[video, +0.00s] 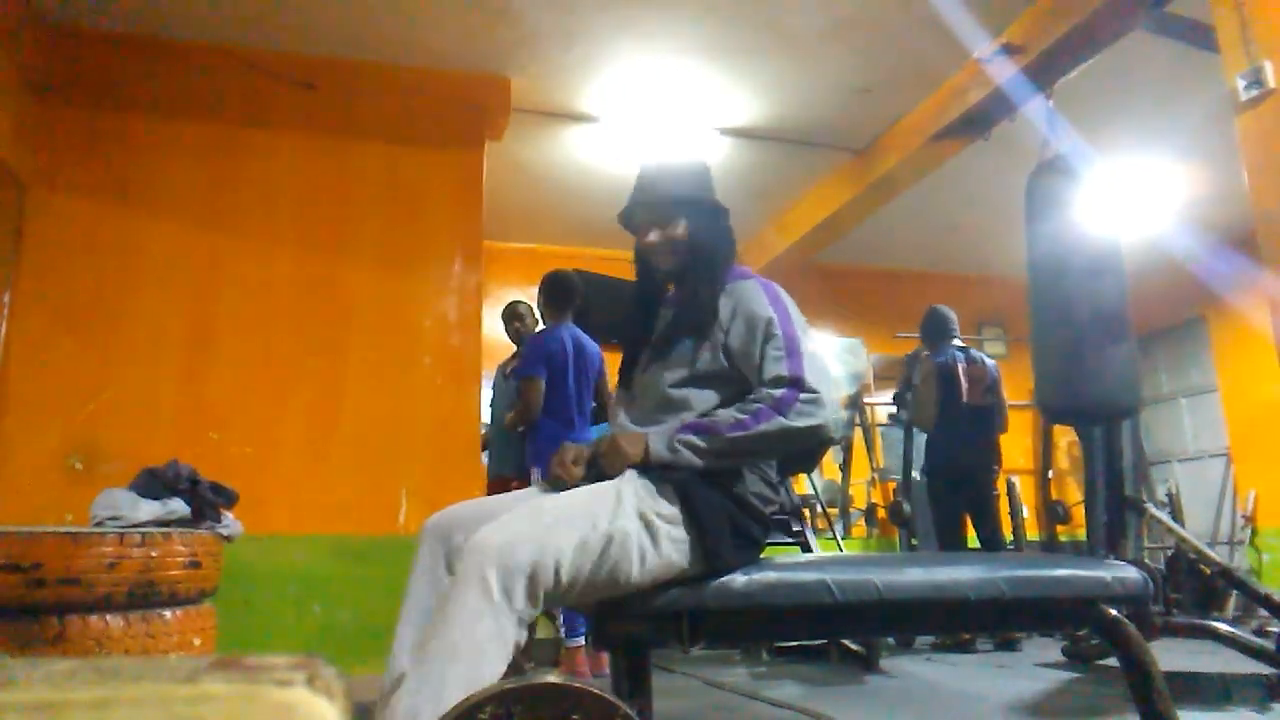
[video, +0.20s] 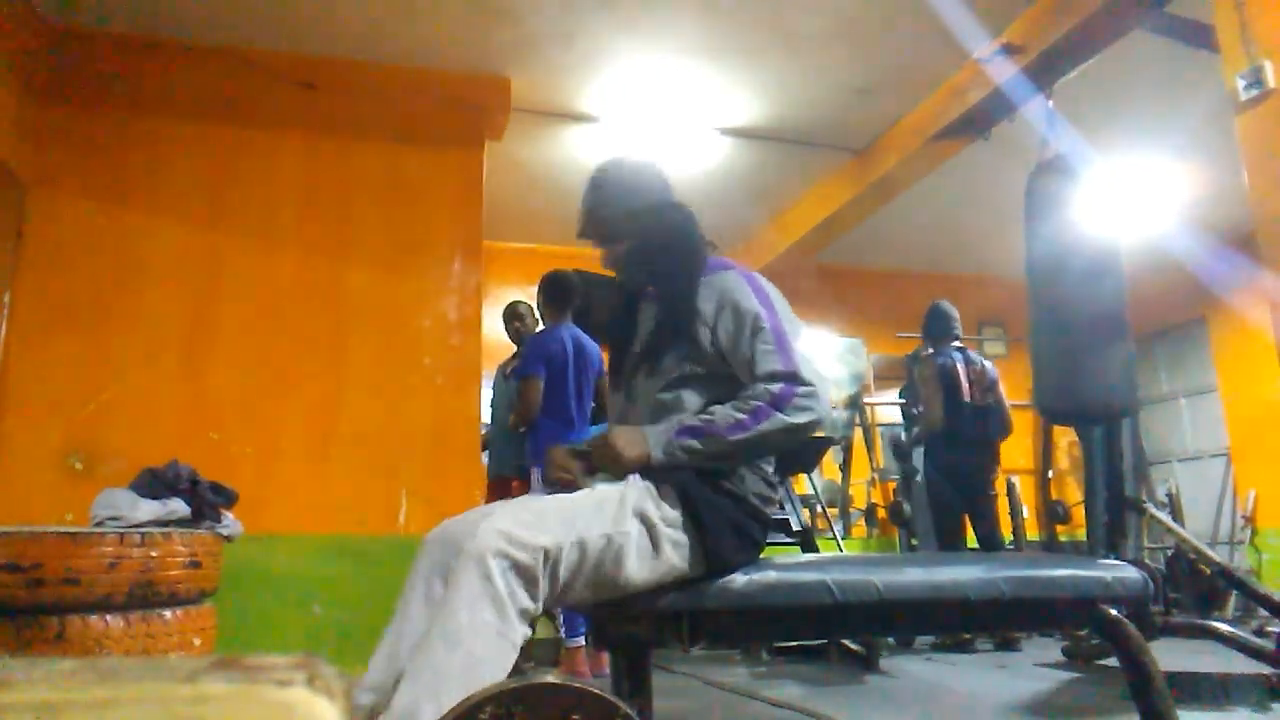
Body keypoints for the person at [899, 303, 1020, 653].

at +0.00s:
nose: (925, 343)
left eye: (924, 337)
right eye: (928, 338)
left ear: (926, 336)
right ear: (957, 331)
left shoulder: (928, 367)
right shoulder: (988, 365)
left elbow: (923, 420)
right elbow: (1002, 422)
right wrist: (973, 424)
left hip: (944, 470)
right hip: (981, 469)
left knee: (951, 548)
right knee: (993, 543)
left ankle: (959, 628)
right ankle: (1007, 626)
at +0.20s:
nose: (927, 340)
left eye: (926, 334)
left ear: (928, 333)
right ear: (959, 330)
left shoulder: (929, 367)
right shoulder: (984, 365)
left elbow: (934, 420)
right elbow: (1004, 422)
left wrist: (911, 440)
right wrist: (982, 442)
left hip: (945, 462)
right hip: (982, 461)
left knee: (950, 544)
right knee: (991, 540)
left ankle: (956, 628)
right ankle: (1007, 624)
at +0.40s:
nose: (919, 342)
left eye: (918, 337)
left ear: (920, 337)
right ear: (951, 333)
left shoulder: (924, 366)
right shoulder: (978, 367)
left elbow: (931, 419)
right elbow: (1001, 423)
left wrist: (918, 465)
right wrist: (999, 467)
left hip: (942, 466)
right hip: (977, 465)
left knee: (948, 546)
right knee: (990, 542)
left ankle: (957, 630)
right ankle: (1005, 627)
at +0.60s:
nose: (920, 339)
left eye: (920, 333)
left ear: (921, 334)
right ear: (953, 333)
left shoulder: (921, 366)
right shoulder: (978, 368)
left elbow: (933, 418)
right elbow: (1002, 423)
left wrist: (920, 465)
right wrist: (997, 465)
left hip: (941, 473)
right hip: (977, 471)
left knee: (949, 550)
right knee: (992, 546)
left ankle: (958, 630)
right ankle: (1008, 628)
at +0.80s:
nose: (930, 337)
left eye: (930, 330)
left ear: (932, 331)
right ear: (964, 330)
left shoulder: (931, 366)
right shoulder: (986, 364)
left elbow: (927, 421)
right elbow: (1005, 424)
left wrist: (906, 437)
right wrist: (980, 438)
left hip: (943, 462)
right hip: (980, 462)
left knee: (950, 545)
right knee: (992, 541)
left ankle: (956, 629)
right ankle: (1007, 626)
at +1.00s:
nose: (926, 341)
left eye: (926, 336)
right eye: (929, 336)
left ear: (930, 335)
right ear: (961, 330)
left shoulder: (933, 366)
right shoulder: (989, 365)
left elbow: (920, 420)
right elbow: (1001, 423)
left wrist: (904, 400)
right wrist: (970, 420)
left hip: (945, 464)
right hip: (982, 464)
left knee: (950, 546)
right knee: (994, 541)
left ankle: (956, 628)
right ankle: (1008, 625)